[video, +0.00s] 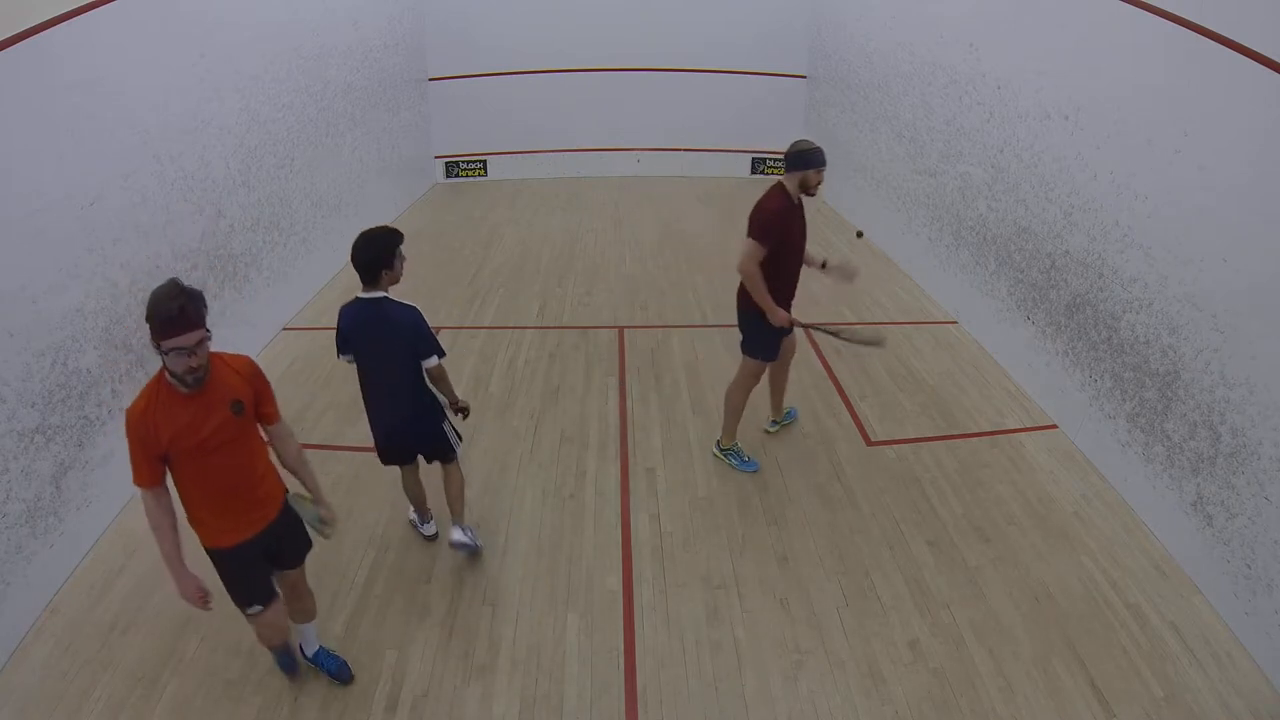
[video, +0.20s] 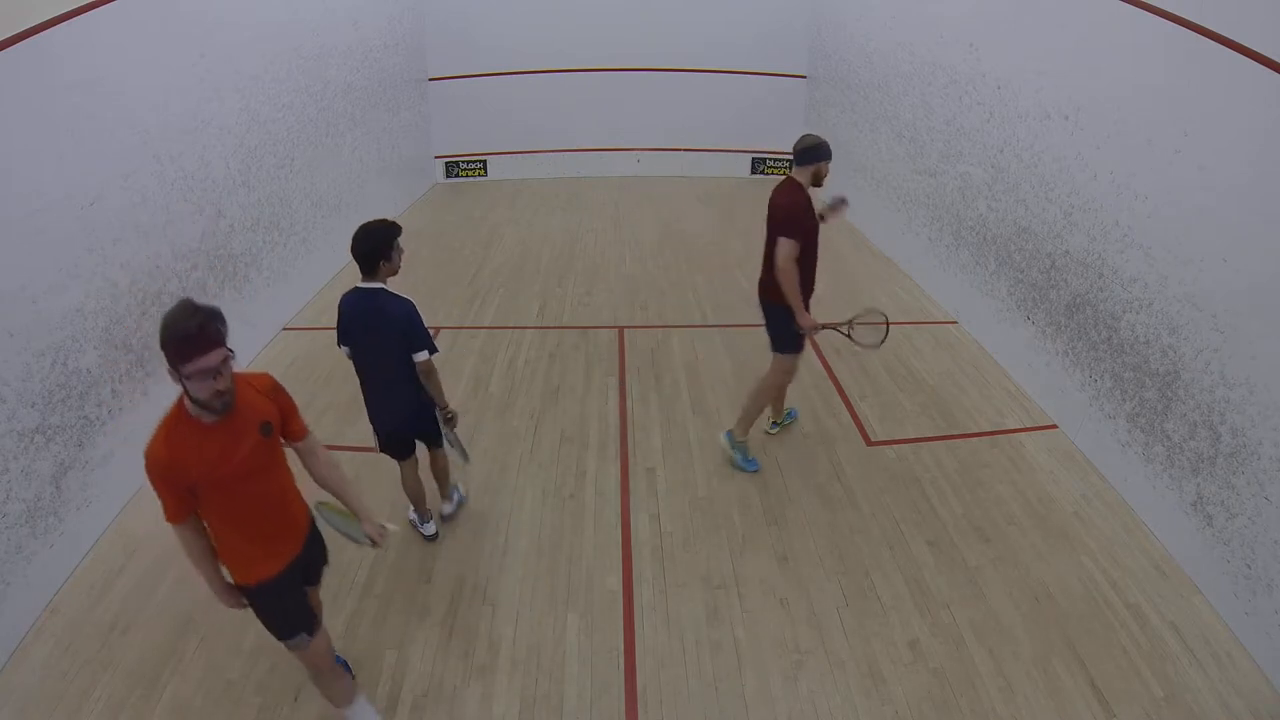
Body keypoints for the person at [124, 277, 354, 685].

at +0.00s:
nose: (191, 360)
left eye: (199, 346)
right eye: (177, 352)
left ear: (208, 333)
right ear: (157, 349)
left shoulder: (241, 371)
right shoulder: (144, 418)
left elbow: (279, 435)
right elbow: (155, 496)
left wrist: (317, 495)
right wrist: (179, 571)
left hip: (275, 510)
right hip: (225, 539)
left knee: (296, 584)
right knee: (272, 627)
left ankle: (312, 648)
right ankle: (281, 649)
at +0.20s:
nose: (220, 383)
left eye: (224, 365)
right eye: (202, 376)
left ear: (230, 352)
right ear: (176, 377)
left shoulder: (262, 391)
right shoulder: (165, 455)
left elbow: (313, 454)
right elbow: (187, 527)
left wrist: (363, 514)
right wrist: (219, 587)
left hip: (302, 534)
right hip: (258, 571)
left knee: (312, 603)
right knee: (320, 661)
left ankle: (325, 659)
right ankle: (361, 712)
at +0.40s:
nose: (254, 409)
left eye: (255, 390)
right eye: (235, 404)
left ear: (261, 375)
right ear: (200, 407)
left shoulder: (293, 417)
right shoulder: (195, 498)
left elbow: (340, 480)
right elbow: (224, 579)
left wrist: (391, 540)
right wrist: (269, 647)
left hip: (345, 575)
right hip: (303, 618)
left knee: (364, 627)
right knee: (366, 692)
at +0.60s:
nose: (302, 431)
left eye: (302, 410)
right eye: (279, 426)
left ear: (308, 393)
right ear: (242, 432)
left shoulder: (328, 434)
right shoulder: (238, 531)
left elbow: (365, 500)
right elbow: (267, 643)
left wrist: (410, 558)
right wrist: (335, 713)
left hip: (387, 596)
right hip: (339, 648)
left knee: (454, 665)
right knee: (383, 710)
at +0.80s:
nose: (381, 462)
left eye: (380, 440)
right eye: (358, 455)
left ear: (384, 424)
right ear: (309, 459)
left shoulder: (392, 465)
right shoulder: (304, 565)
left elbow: (414, 546)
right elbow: (340, 695)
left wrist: (443, 590)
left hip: (451, 639)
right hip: (394, 691)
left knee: (503, 709)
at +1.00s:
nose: (483, 484)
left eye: (482, 462)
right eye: (458, 478)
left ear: (484, 440)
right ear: (409, 483)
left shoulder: (482, 498)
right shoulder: (396, 598)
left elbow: (497, 580)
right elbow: (426, 707)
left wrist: (526, 617)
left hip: (537, 662)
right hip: (489, 709)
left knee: (559, 710)